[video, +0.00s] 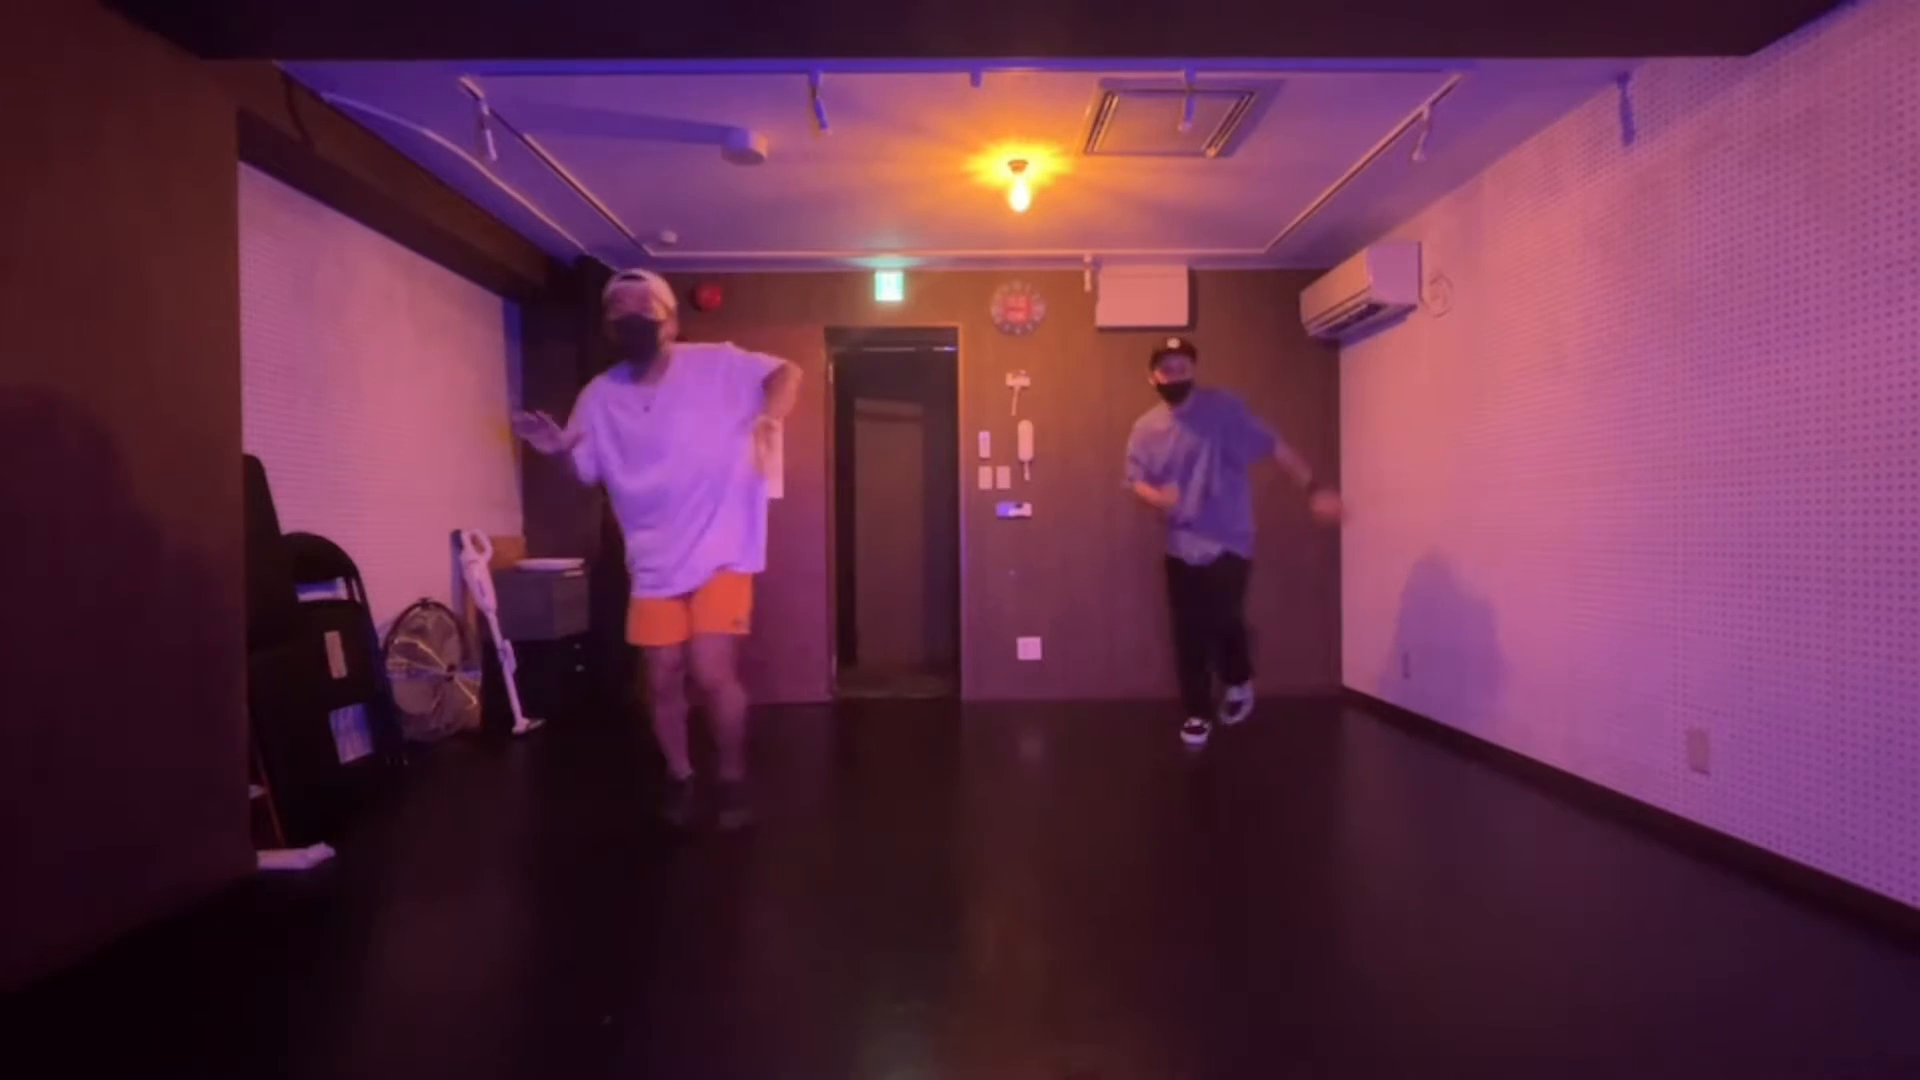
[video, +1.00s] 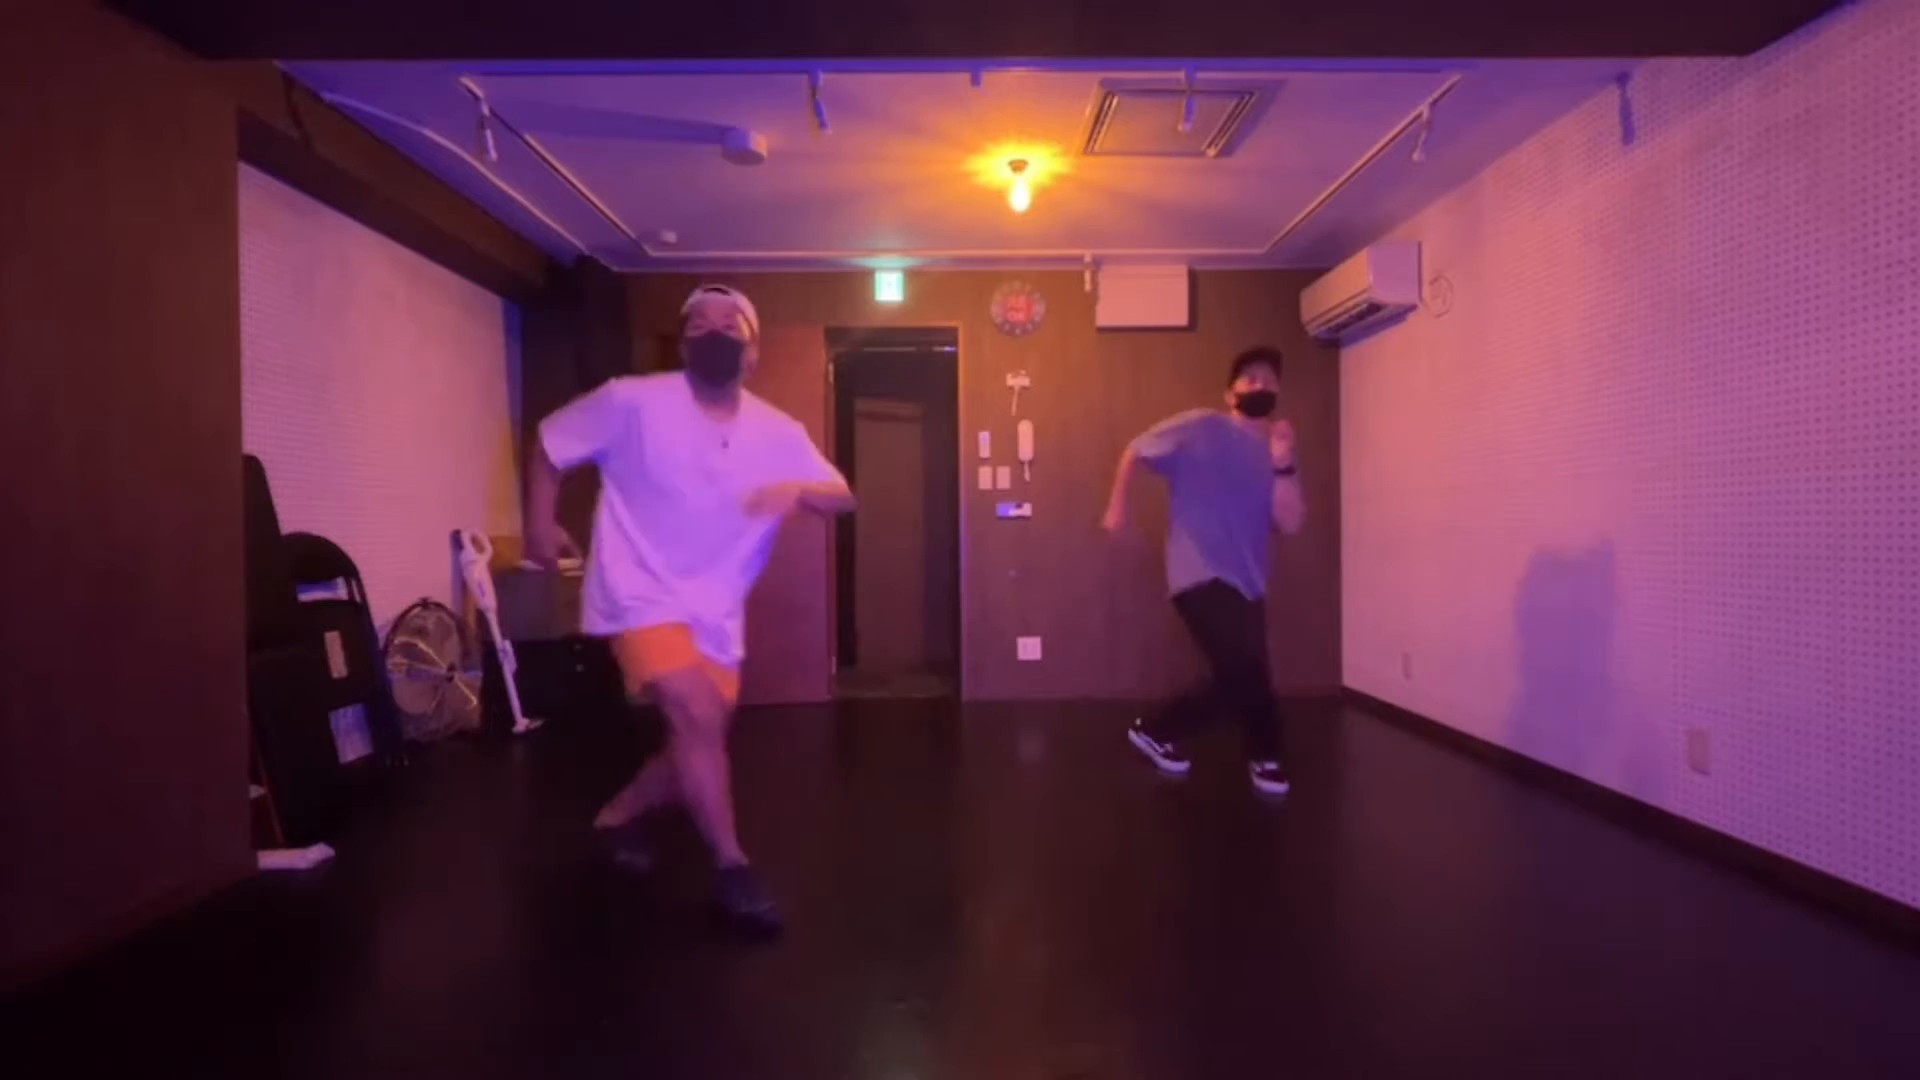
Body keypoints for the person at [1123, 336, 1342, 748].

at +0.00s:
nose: (1174, 376)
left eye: (1181, 367)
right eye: (1165, 368)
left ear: (1194, 369)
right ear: (1153, 375)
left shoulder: (1222, 409)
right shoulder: (1147, 427)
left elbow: (1273, 446)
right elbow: (1135, 480)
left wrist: (1311, 486)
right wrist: (1157, 497)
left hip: (1228, 539)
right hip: (1182, 544)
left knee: (1224, 618)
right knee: (1188, 630)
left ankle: (1238, 682)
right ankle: (1195, 711)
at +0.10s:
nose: (1172, 382)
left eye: (1180, 373)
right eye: (1163, 374)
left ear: (1194, 377)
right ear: (1152, 381)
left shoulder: (1224, 410)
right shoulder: (1145, 432)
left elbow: (1281, 430)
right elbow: (1136, 490)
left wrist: (1331, 459)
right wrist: (1163, 465)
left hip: (1222, 539)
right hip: (1176, 545)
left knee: (1201, 623)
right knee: (1176, 632)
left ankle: (1201, 712)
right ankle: (1199, 711)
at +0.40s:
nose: (1183, 367)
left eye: (1191, 357)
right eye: (1175, 357)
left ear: (1206, 362)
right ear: (1162, 365)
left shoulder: (1233, 407)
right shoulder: (1148, 423)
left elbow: (1277, 438)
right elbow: (1132, 483)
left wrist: (1283, 484)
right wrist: (1165, 484)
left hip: (1218, 550)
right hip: (1164, 555)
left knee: (1190, 642)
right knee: (1151, 646)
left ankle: (1175, 738)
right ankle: (1183, 718)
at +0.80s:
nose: (1242, 351)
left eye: (1250, 344)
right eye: (1233, 341)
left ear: (1260, 356)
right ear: (1214, 350)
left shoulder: (1260, 416)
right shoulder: (1178, 399)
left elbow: (1273, 486)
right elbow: (1130, 441)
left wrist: (1258, 463)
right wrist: (1115, 500)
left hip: (1229, 543)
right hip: (1180, 538)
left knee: (1212, 645)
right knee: (1217, 643)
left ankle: (1163, 732)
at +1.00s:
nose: (1259, 387)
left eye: (1268, 382)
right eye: (1250, 378)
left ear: (1278, 394)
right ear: (1231, 389)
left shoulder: (1270, 449)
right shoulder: (1204, 424)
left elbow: (1290, 522)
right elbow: (1136, 451)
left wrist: (1284, 463)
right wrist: (1117, 508)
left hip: (1244, 579)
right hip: (1198, 570)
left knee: (1239, 675)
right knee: (1244, 666)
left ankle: (1157, 731)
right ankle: (1266, 756)